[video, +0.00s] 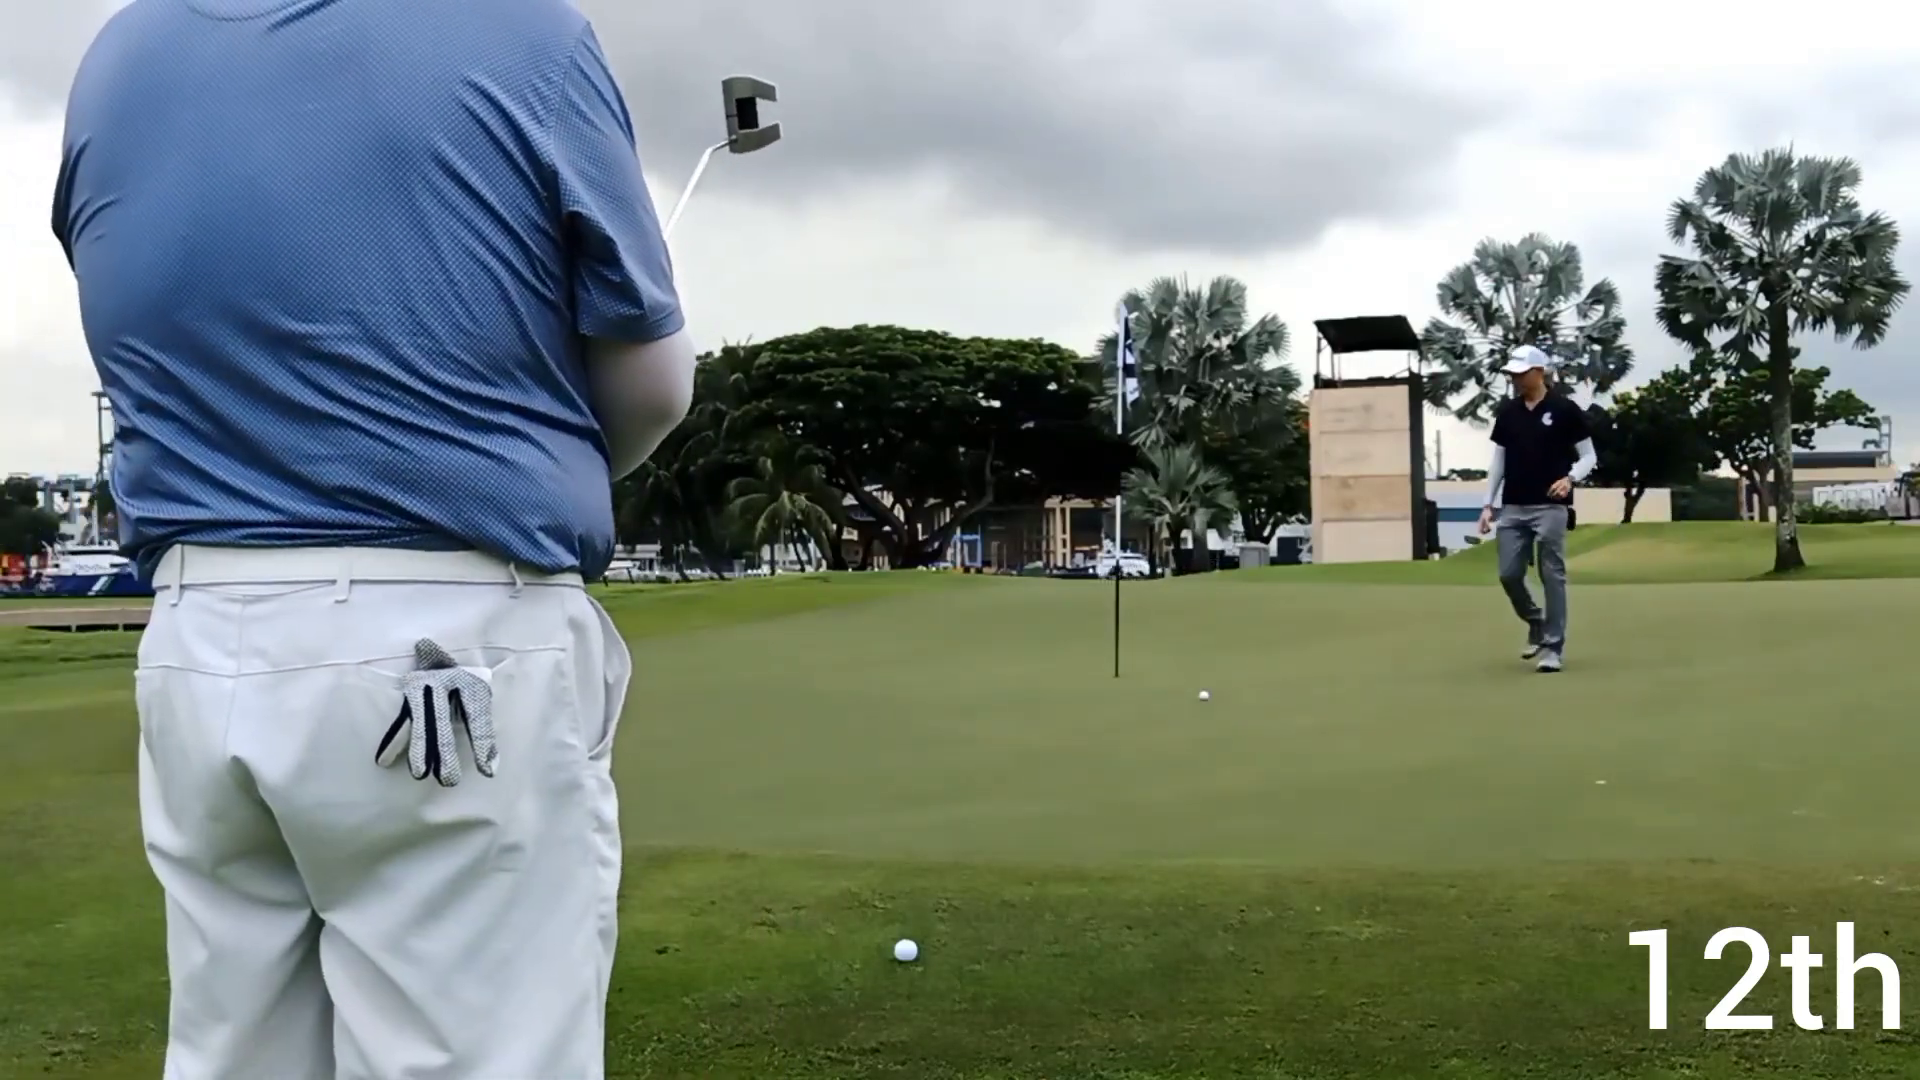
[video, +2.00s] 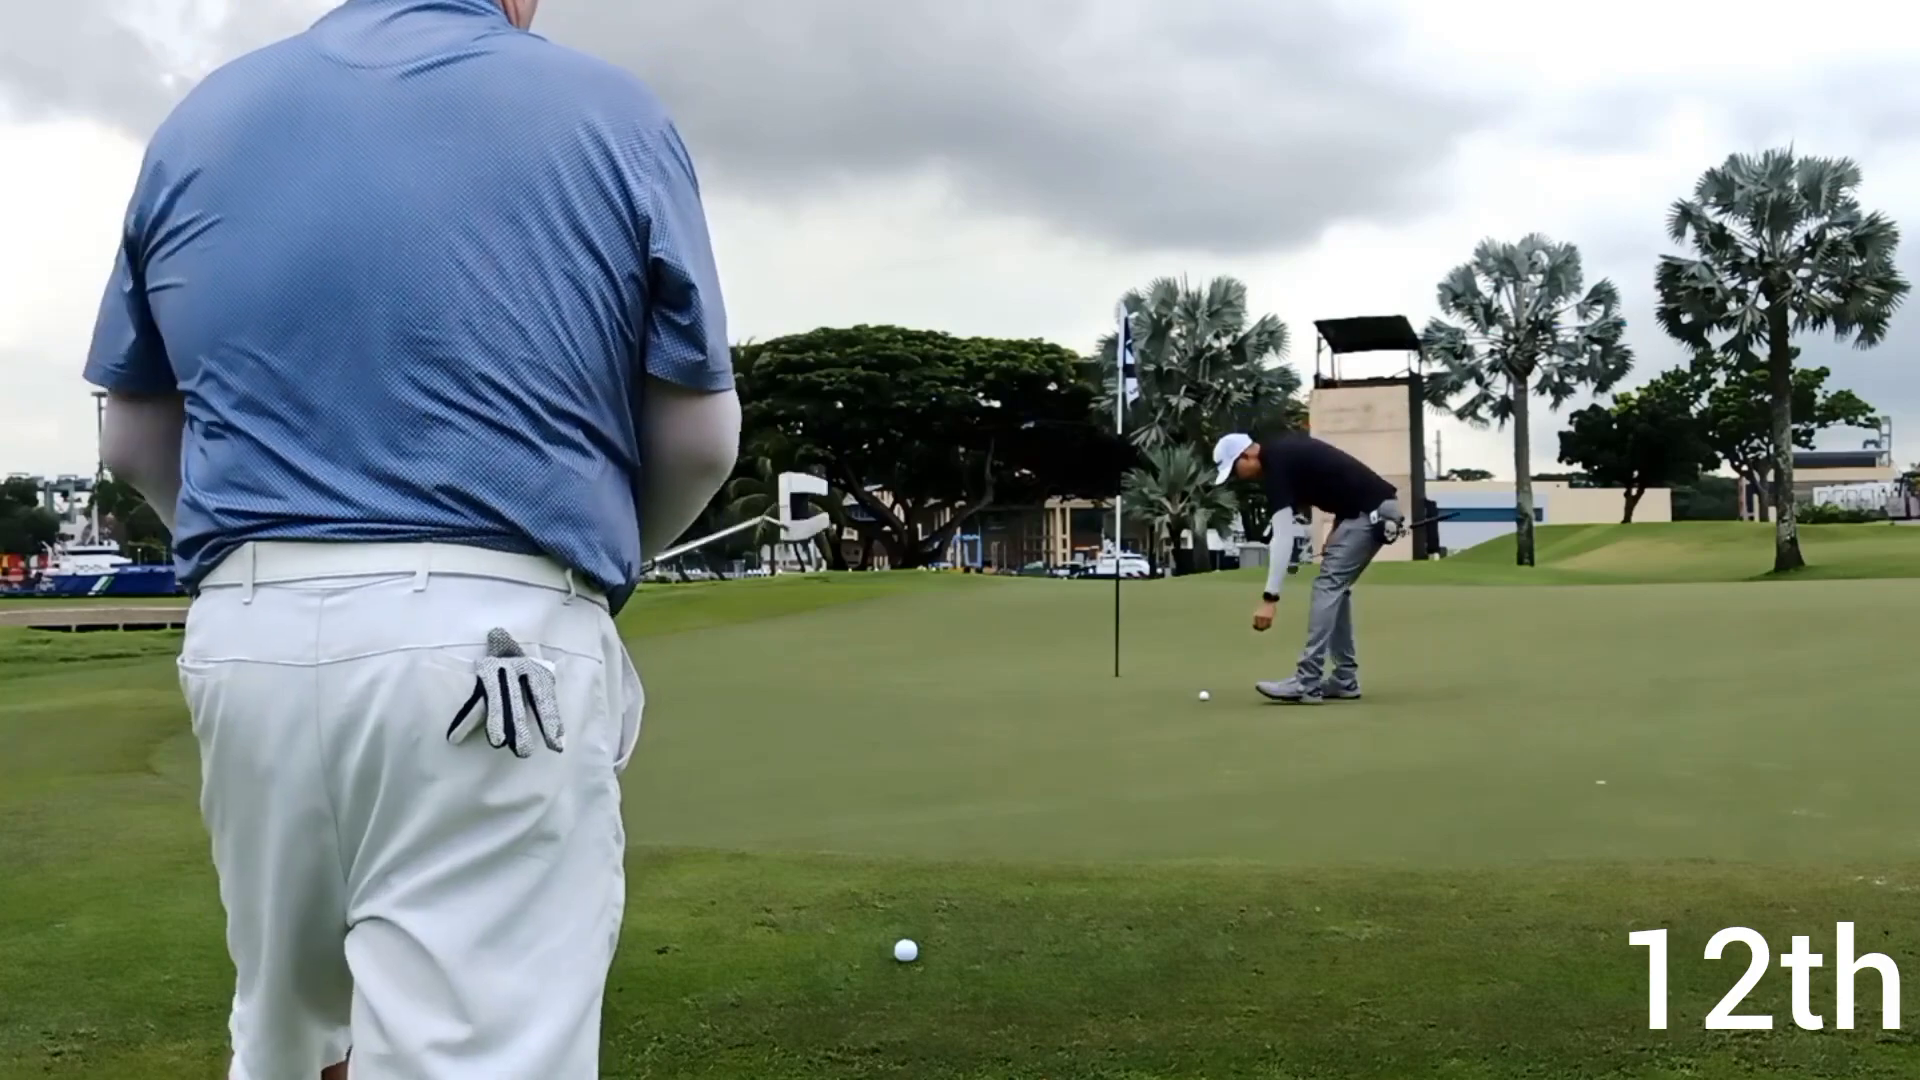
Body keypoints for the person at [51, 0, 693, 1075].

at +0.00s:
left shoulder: (125, 43)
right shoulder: (530, 30)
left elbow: (130, 322)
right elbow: (650, 380)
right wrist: (530, 474)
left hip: (203, 618)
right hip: (460, 621)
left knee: (230, 1059)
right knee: (481, 1059)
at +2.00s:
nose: (546, 22)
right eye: (546, 17)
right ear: (521, 4)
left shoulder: (206, 112)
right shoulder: (608, 108)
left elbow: (137, 436)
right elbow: (698, 439)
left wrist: (275, 536)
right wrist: (577, 552)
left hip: (250, 625)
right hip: (499, 620)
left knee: (286, 1043)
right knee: (473, 1055)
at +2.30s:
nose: (496, 84)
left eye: (502, 64)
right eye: (500, 58)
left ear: (333, 38)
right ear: (474, 46)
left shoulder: (186, 187)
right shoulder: (561, 190)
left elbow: (49, 418)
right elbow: (662, 456)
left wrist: (30, 673)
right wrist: (613, 659)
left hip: (235, 625)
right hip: (468, 627)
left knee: (286, 1008)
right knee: (437, 1046)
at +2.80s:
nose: (452, 129)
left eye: (456, 112)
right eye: (455, 108)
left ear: (310, 80)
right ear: (424, 88)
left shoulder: (188, 213)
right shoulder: (492, 205)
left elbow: (130, 460)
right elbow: (590, 412)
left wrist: (208, 586)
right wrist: (589, 602)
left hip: (249, 594)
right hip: (446, 593)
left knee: (273, 950)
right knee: (447, 894)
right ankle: (425, 1079)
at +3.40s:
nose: (531, 189)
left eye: (539, 173)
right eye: (538, 169)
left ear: (422, 131)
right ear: (510, 145)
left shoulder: (298, 232)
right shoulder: (545, 252)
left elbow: (199, 383)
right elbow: (604, 434)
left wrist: (165, 548)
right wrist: (603, 600)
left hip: (325, 552)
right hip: (471, 558)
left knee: (346, 796)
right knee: (433, 844)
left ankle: (336, 1041)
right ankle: (393, 1075)